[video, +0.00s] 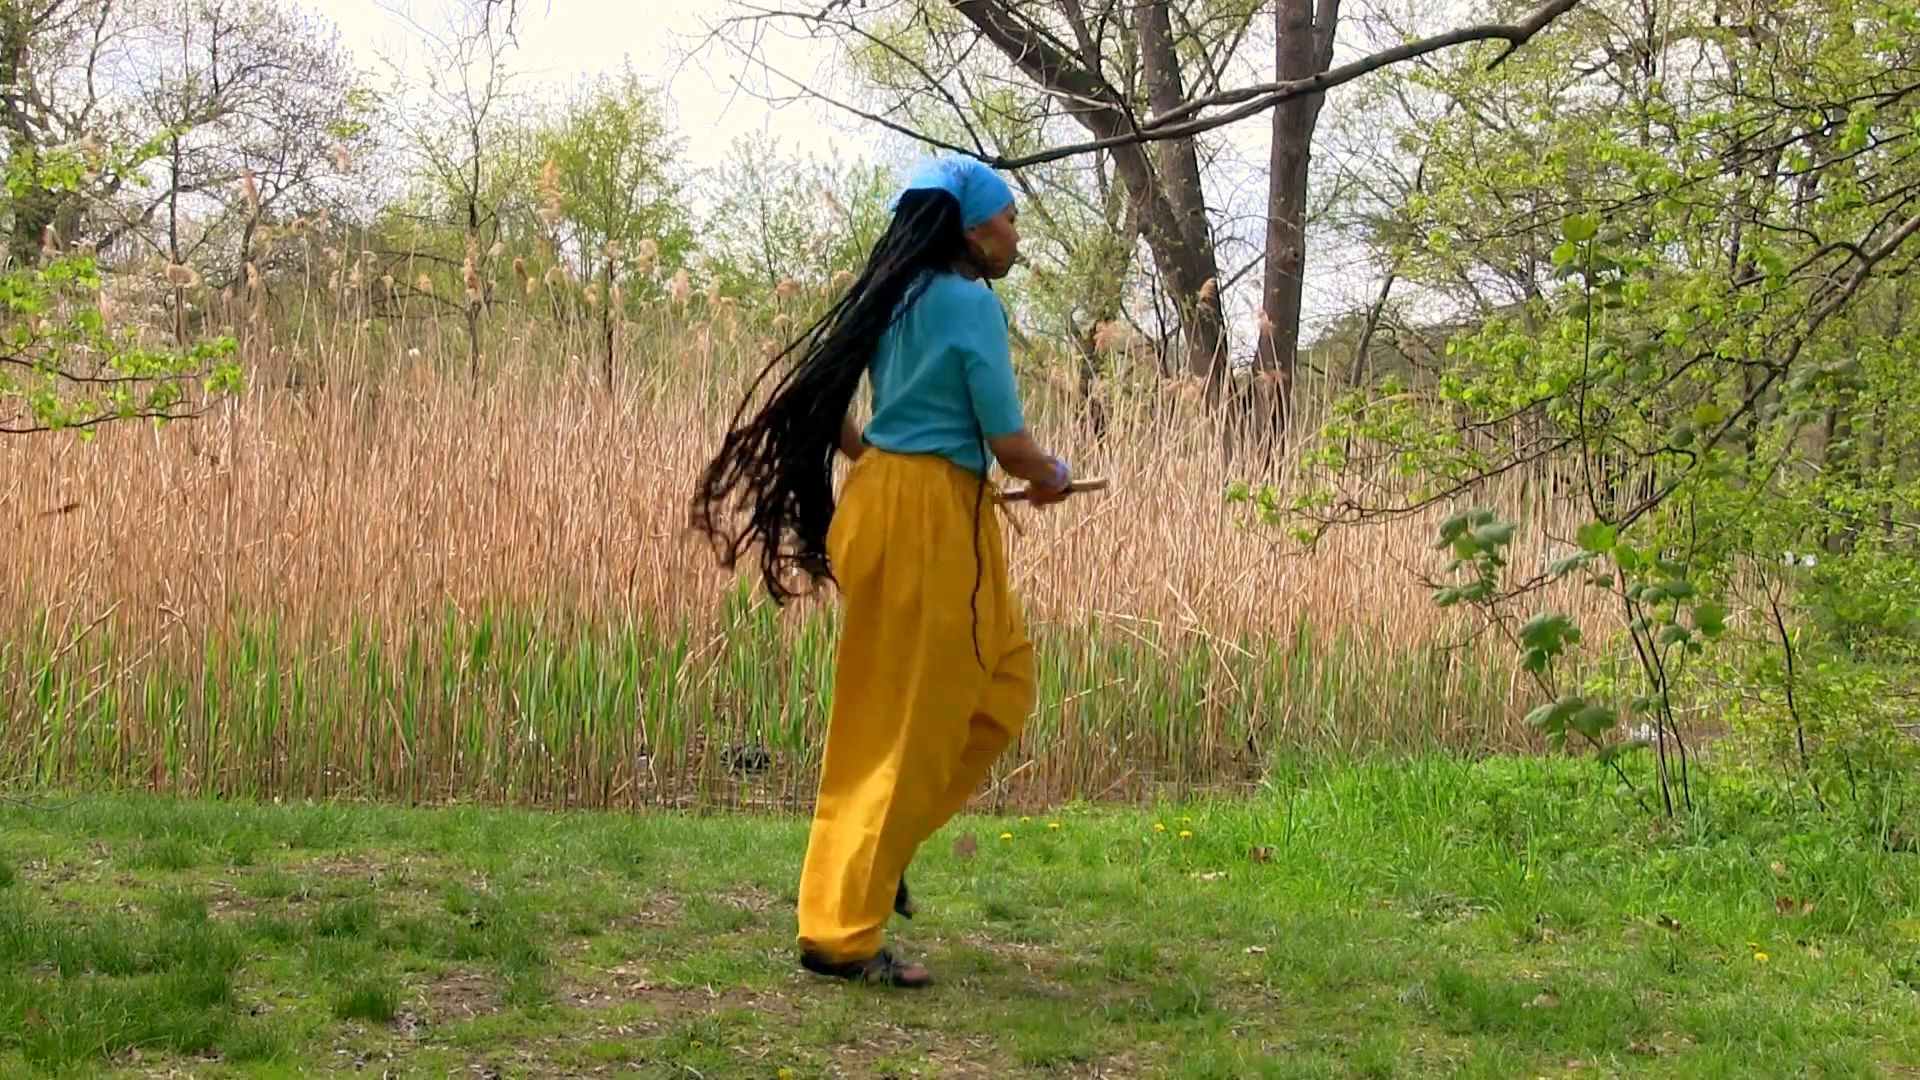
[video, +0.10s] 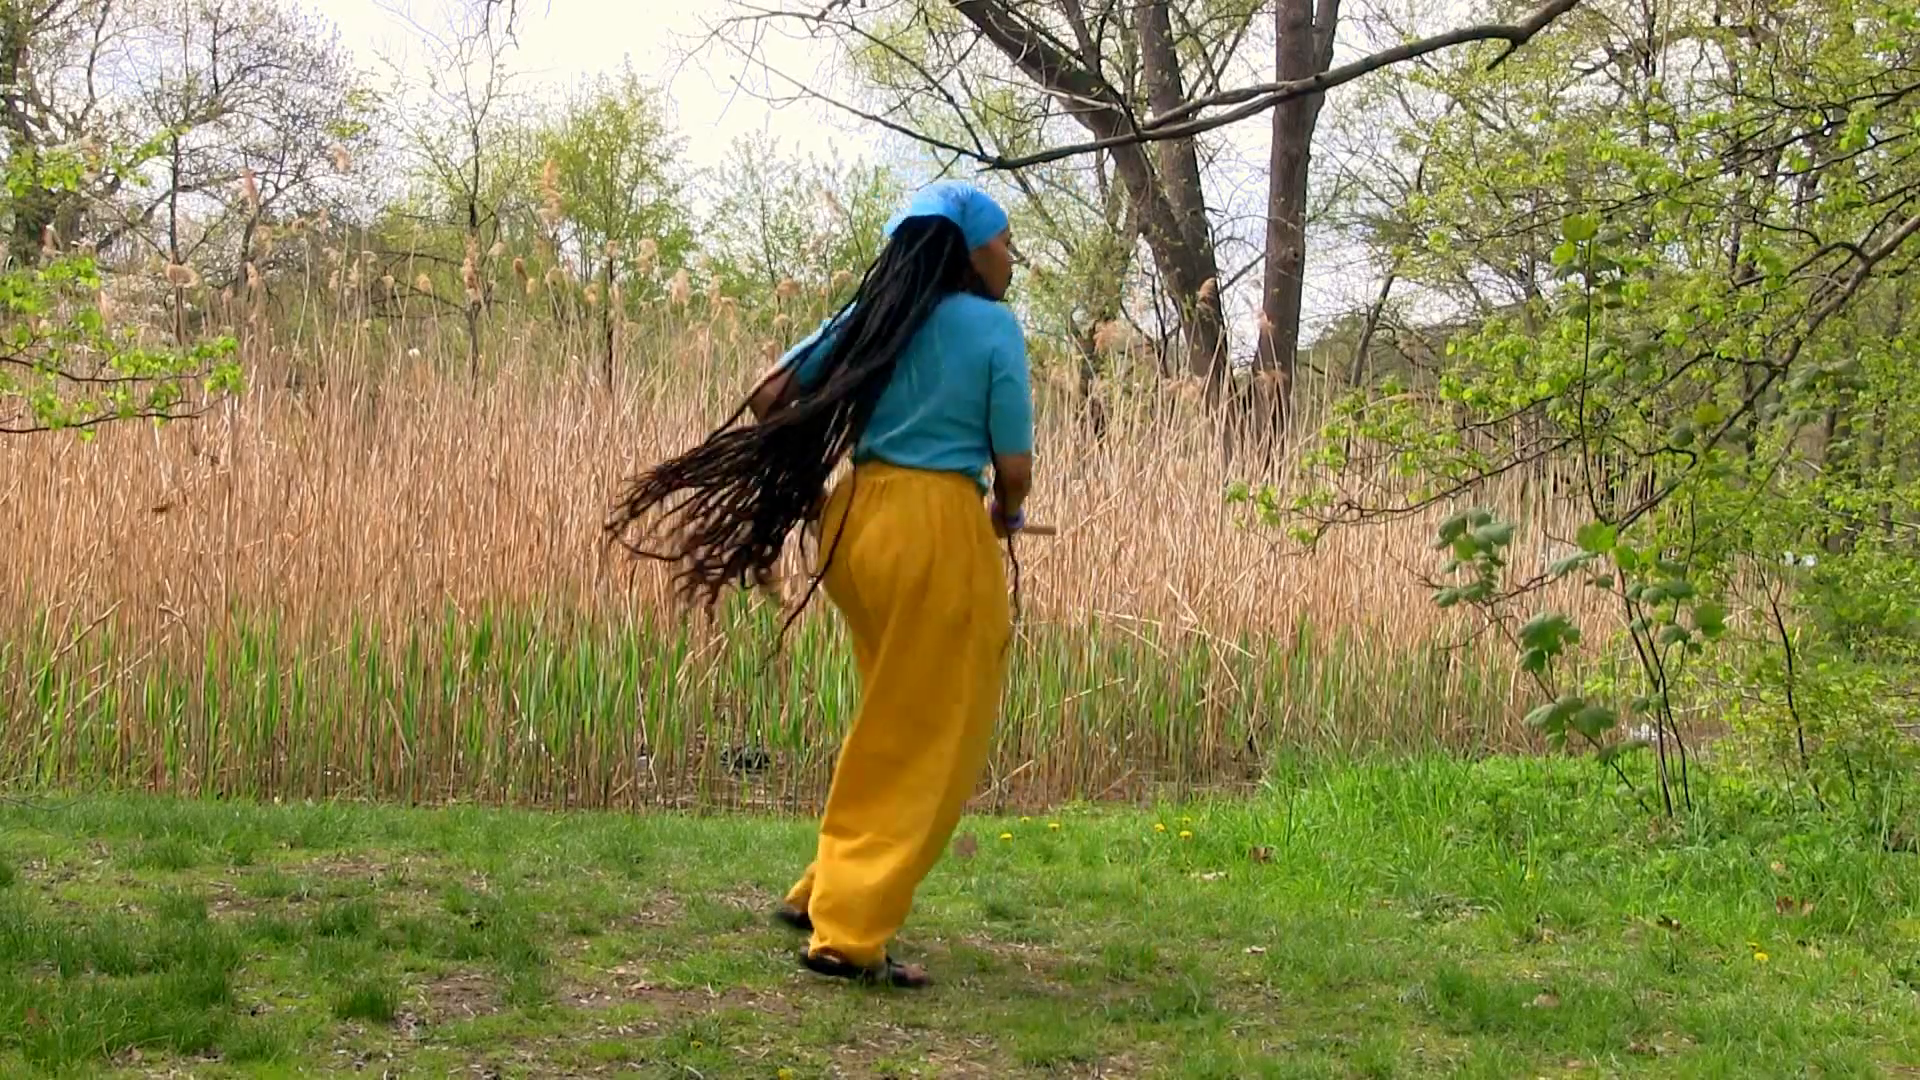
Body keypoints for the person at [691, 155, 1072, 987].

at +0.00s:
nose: (1016, 231)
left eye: (1014, 216)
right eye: (1005, 217)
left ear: (950, 227)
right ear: (964, 226)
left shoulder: (898, 296)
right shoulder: (970, 303)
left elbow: (826, 402)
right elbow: (1007, 441)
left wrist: (876, 463)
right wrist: (1046, 471)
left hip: (881, 499)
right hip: (928, 510)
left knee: (1004, 691)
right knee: (904, 714)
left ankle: (887, 842)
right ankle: (838, 930)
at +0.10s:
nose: (1012, 258)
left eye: (1009, 242)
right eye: (1001, 243)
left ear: (925, 251)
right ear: (964, 250)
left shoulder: (875, 313)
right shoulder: (994, 327)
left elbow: (772, 392)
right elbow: (1014, 471)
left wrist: (804, 481)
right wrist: (1005, 515)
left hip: (857, 514)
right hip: (940, 524)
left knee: (890, 711)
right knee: (939, 729)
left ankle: (826, 884)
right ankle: (850, 933)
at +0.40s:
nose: (1001, 322)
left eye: (996, 309)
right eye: (991, 311)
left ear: (917, 319)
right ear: (959, 320)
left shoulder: (868, 371)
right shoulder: (997, 384)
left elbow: (763, 416)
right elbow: (1040, 514)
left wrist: (778, 513)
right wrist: (1012, 544)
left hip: (852, 558)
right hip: (949, 564)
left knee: (862, 741)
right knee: (1038, 743)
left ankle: (802, 909)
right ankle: (956, 890)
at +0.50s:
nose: (1017, 318)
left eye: (1012, 305)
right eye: (1007, 307)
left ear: (937, 318)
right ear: (973, 316)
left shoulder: (886, 376)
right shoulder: (1008, 374)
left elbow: (784, 438)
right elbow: (1080, 484)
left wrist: (846, 492)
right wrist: (1123, 521)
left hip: (882, 567)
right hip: (978, 567)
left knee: (877, 751)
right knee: (1090, 720)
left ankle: (809, 908)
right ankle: (1144, 920)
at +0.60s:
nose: (1047, 300)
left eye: (1041, 288)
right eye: (1038, 290)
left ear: (969, 301)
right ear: (1006, 298)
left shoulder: (917, 368)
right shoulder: (1043, 354)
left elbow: (821, 432)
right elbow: (1146, 442)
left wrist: (883, 417)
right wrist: (1229, 494)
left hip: (922, 557)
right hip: (1021, 554)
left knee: (898, 738)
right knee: (1152, 704)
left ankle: (810, 909)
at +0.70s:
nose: (1100, 275)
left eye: (1094, 263)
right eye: (1090, 264)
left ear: (1019, 277)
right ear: (1059, 273)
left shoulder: (967, 349)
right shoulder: (1096, 329)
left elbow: (945, 435)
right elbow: (1209, 399)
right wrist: (1298, 423)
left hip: (994, 537)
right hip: (1101, 528)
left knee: (949, 709)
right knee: (1235, 669)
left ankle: (850, 882)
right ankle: (1365, 837)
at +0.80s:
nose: (1162, 274)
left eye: (1156, 261)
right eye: (1151, 263)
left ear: (1083, 281)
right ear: (1119, 278)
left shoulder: (1046, 347)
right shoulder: (1151, 331)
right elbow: (1268, 373)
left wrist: (1183, 331)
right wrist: (1351, 354)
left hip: (1073, 533)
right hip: (1179, 522)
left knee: (1017, 707)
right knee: (1288, 704)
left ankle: (1025, 870)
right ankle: (1359, 889)